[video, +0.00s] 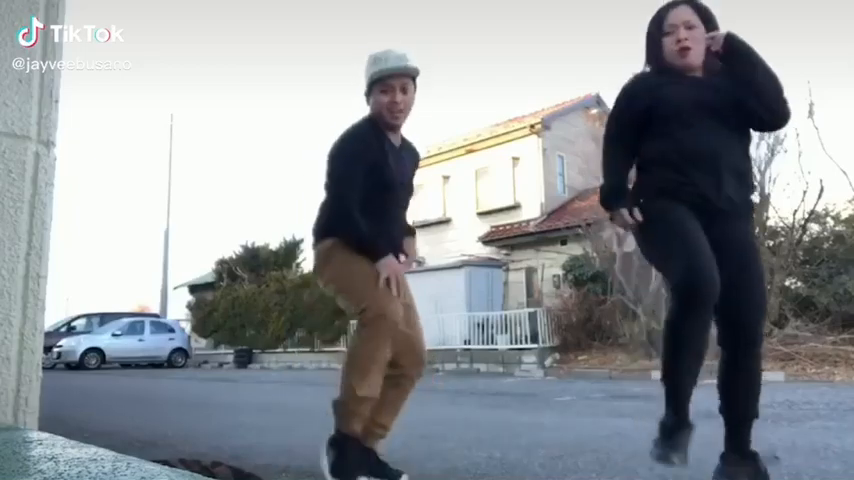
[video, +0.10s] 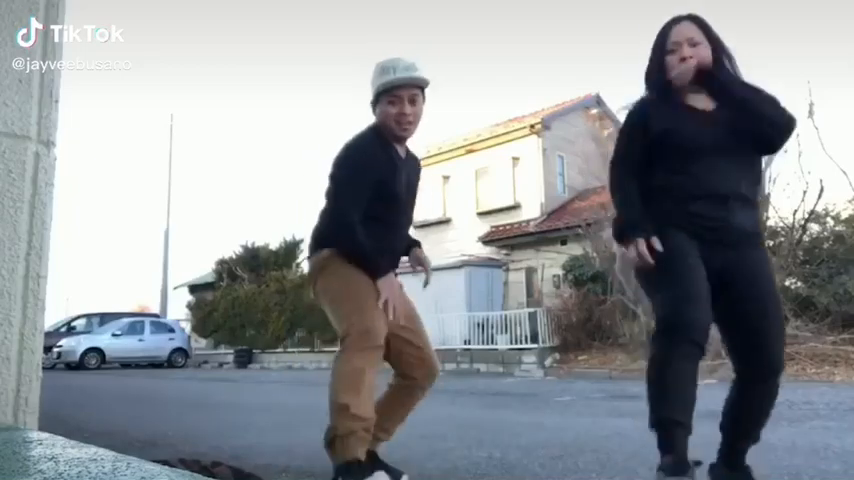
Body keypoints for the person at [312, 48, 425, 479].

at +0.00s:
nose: (397, 99)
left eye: (405, 90)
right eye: (386, 90)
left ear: (414, 95)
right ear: (369, 96)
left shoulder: (408, 154)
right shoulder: (354, 143)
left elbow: (394, 207)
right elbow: (343, 211)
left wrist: (405, 241)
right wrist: (381, 253)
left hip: (384, 256)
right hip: (339, 249)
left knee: (410, 353)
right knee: (382, 312)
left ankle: (366, 447)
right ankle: (345, 439)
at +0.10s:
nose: (405, 110)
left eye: (413, 101)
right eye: (393, 101)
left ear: (422, 107)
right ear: (376, 107)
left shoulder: (410, 164)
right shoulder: (361, 152)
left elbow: (391, 219)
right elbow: (343, 222)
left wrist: (411, 246)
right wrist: (382, 271)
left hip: (379, 269)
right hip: (338, 261)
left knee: (421, 368)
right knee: (365, 335)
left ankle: (365, 448)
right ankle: (348, 459)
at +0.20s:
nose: (409, 113)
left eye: (417, 103)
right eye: (397, 103)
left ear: (427, 109)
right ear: (378, 109)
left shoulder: (417, 170)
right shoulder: (361, 156)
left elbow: (404, 221)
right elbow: (340, 230)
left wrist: (413, 243)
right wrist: (376, 289)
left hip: (378, 279)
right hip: (332, 270)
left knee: (424, 378)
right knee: (357, 344)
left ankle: (365, 448)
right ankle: (341, 464)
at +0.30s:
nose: (404, 111)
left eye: (414, 100)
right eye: (392, 100)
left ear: (426, 107)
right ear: (372, 107)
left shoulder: (425, 172)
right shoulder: (353, 156)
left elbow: (427, 236)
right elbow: (332, 242)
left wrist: (415, 249)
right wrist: (378, 296)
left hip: (377, 290)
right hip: (322, 280)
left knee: (428, 394)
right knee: (360, 332)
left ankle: (366, 442)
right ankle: (342, 468)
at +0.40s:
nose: (395, 108)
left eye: (406, 96)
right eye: (381, 97)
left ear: (420, 102)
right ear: (361, 104)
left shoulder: (431, 169)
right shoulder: (336, 158)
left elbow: (431, 246)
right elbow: (316, 253)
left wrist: (402, 259)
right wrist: (375, 292)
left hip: (381, 300)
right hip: (315, 288)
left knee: (430, 415)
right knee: (361, 335)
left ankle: (372, 440)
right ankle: (344, 470)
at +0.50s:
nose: (385, 108)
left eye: (397, 94)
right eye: (370, 95)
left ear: (413, 101)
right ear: (349, 102)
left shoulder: (434, 169)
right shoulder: (316, 163)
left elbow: (433, 259)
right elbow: (302, 262)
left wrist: (384, 271)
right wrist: (372, 292)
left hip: (387, 310)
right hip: (312, 300)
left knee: (428, 446)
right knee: (361, 334)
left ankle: (368, 432)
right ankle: (344, 470)